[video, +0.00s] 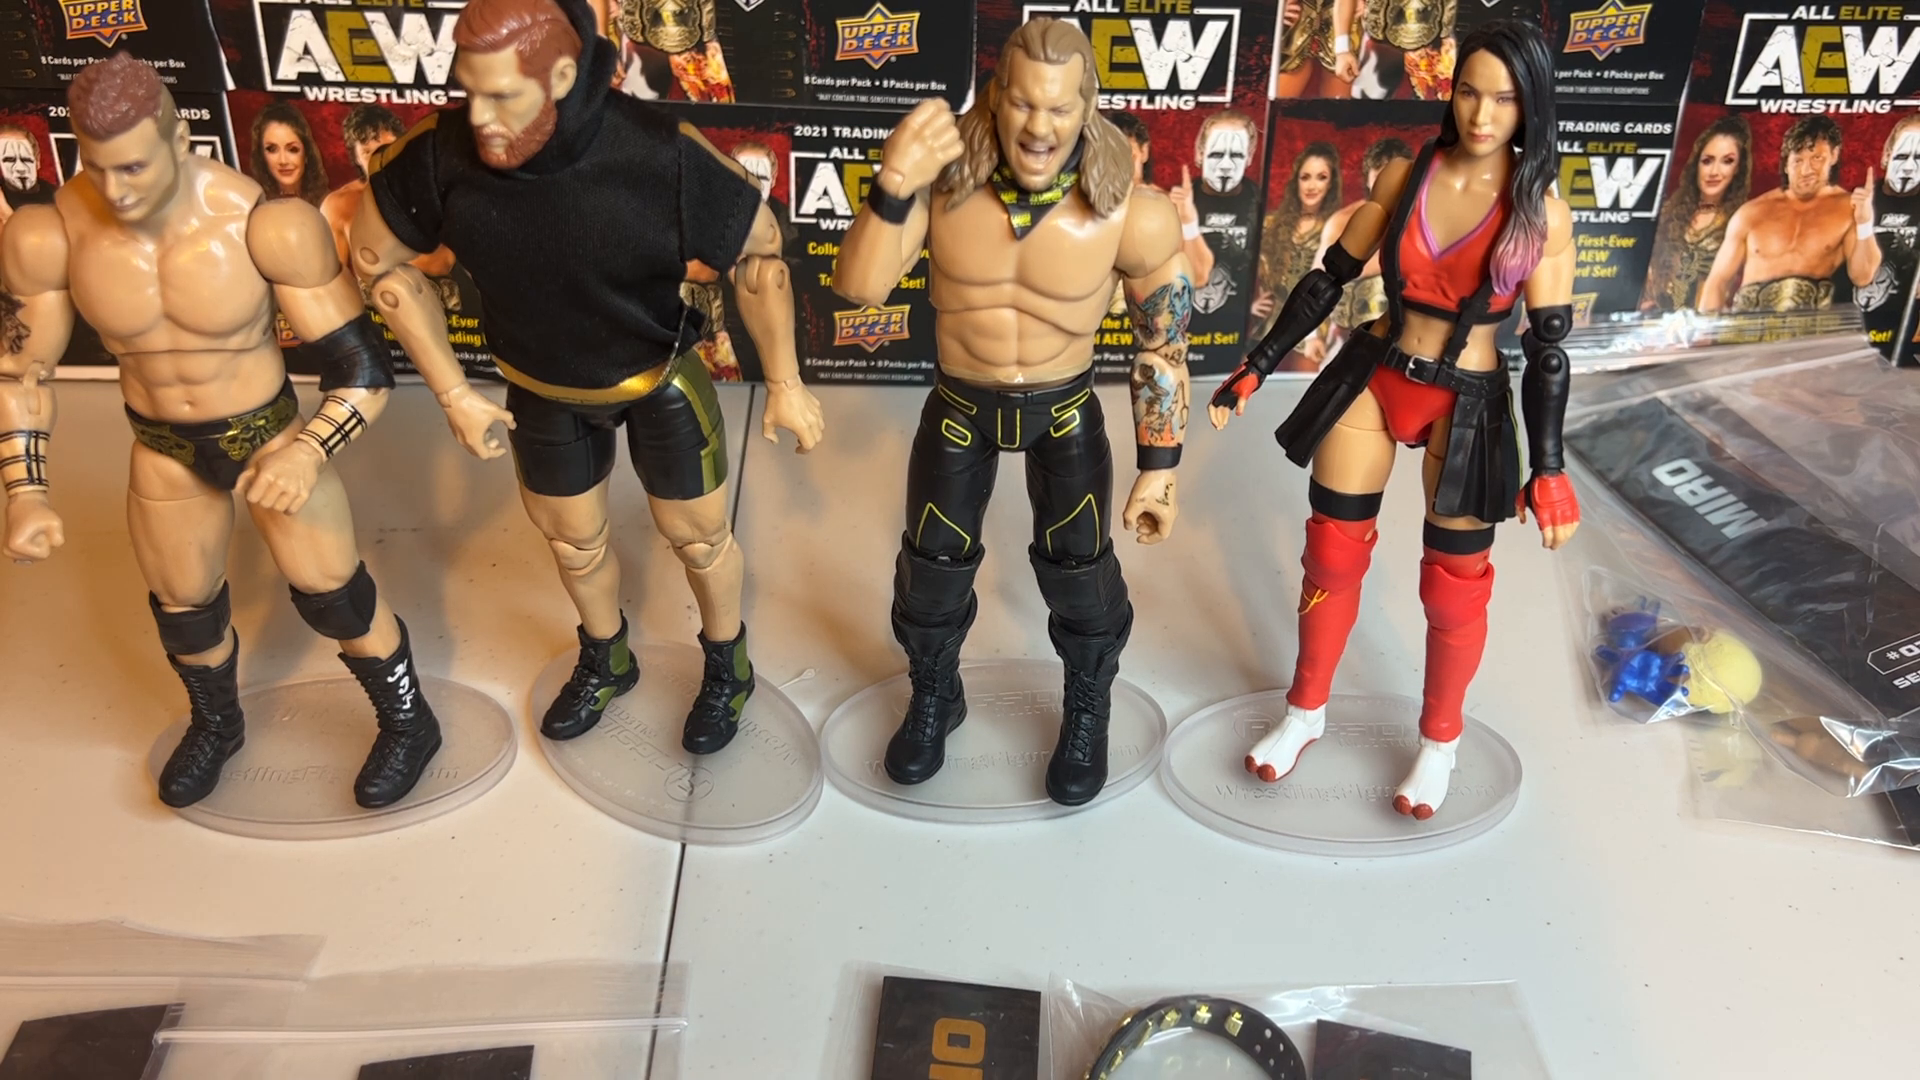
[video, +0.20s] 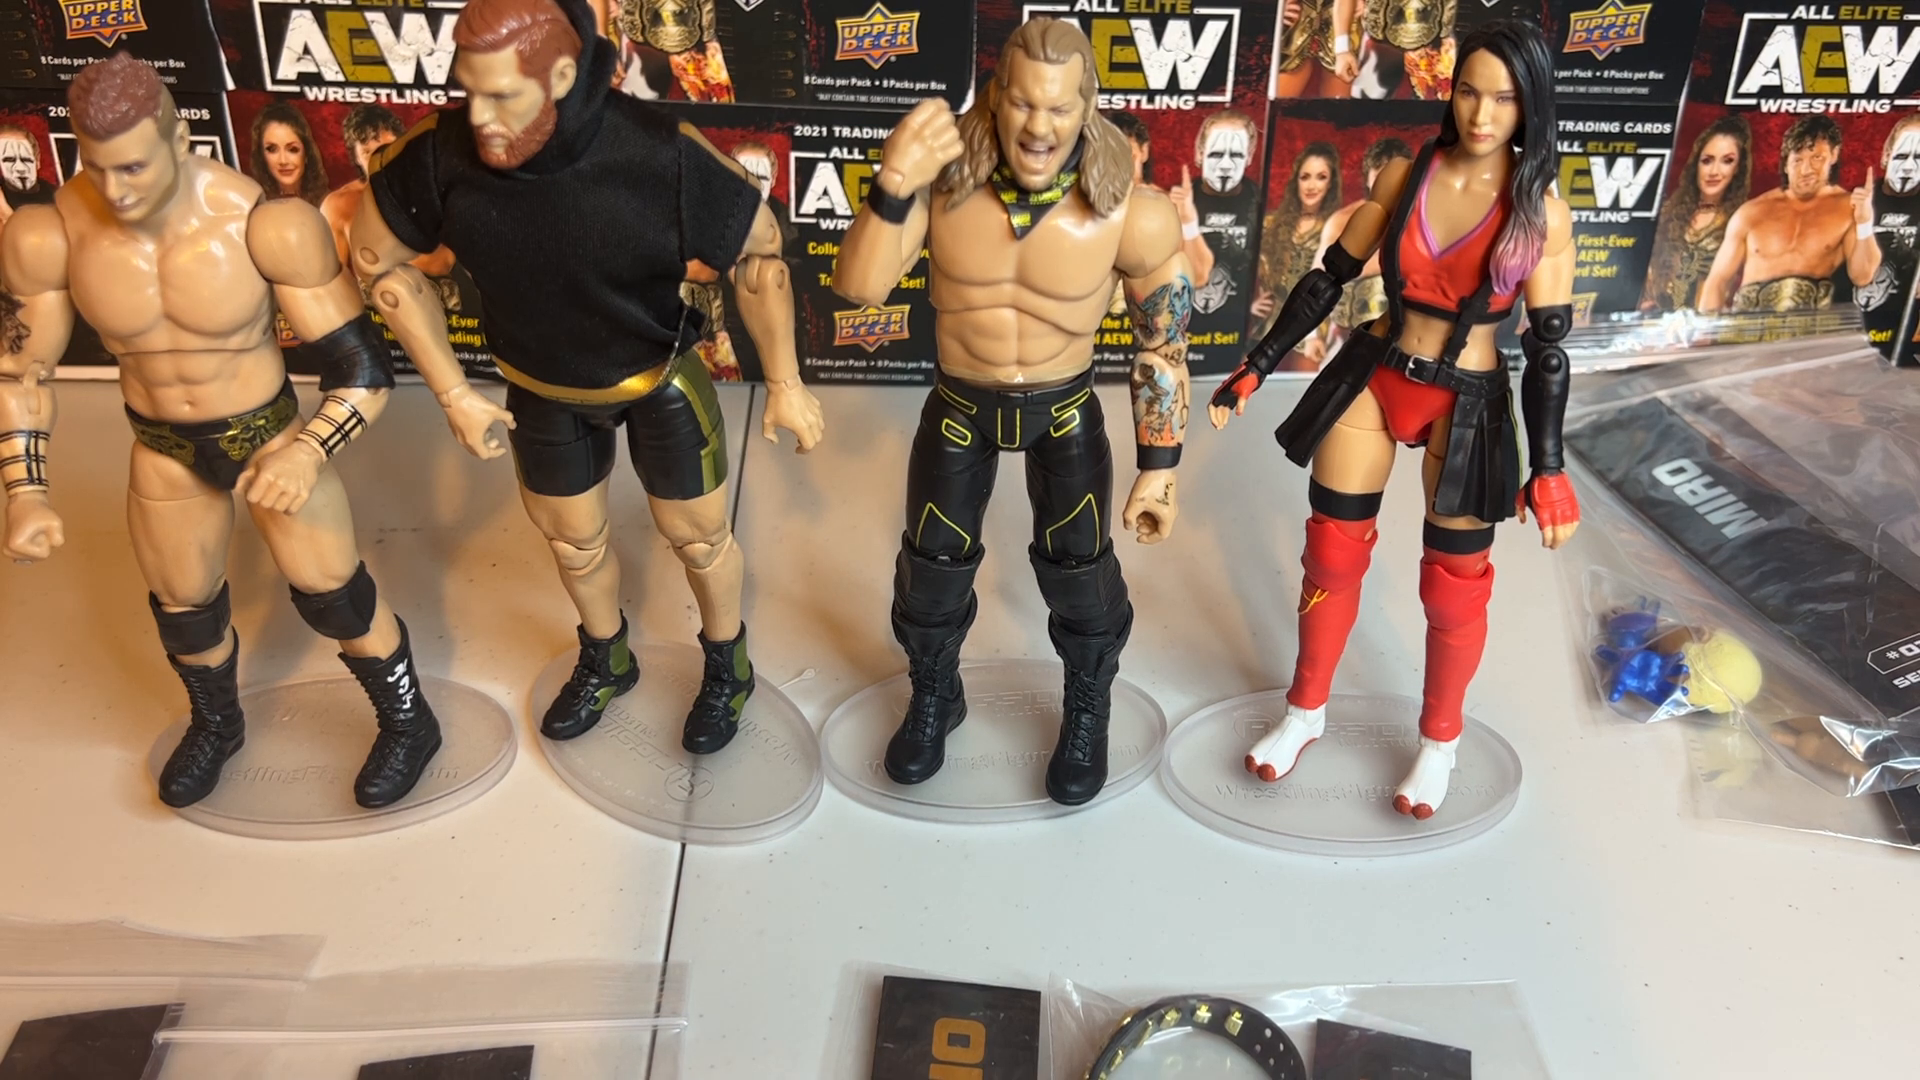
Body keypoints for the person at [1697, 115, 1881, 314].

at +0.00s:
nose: (1806, 170)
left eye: (1817, 158)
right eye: (1798, 160)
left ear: (1834, 156)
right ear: (1785, 163)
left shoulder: (1848, 207)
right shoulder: (1751, 213)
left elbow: (1862, 277)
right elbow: (1718, 281)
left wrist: (1864, 223)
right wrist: (1704, 336)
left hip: (1810, 316)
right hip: (1748, 313)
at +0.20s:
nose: (1806, 169)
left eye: (1817, 158)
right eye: (1797, 160)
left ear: (1834, 156)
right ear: (1785, 163)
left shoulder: (1848, 207)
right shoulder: (1750, 212)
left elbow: (1861, 277)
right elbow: (1718, 281)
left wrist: (1864, 223)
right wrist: (1704, 336)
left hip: (1809, 315)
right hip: (1748, 313)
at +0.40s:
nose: (1806, 169)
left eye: (1817, 158)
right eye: (1797, 160)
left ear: (1834, 156)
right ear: (1785, 162)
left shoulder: (1848, 206)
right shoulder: (1750, 212)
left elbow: (1862, 277)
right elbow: (1718, 281)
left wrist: (1864, 223)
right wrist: (1704, 336)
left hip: (1810, 315)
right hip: (1748, 313)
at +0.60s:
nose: (1806, 169)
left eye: (1817, 158)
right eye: (1797, 160)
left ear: (1834, 156)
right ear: (1785, 163)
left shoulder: (1848, 207)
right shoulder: (1750, 212)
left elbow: (1862, 277)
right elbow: (1718, 281)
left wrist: (1864, 223)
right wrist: (1704, 336)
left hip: (1810, 315)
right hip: (1748, 312)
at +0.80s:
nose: (1806, 170)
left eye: (1817, 158)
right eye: (1797, 160)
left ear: (1834, 156)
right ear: (1785, 163)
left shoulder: (1848, 207)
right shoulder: (1751, 212)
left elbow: (1862, 277)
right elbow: (1718, 281)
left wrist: (1864, 223)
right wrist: (1704, 335)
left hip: (1810, 314)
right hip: (1749, 312)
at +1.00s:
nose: (1806, 169)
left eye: (1817, 158)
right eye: (1798, 160)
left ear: (1834, 156)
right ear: (1785, 162)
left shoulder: (1848, 207)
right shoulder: (1750, 212)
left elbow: (1862, 277)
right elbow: (1718, 281)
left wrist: (1864, 224)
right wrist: (1704, 336)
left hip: (1810, 315)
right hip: (1748, 313)